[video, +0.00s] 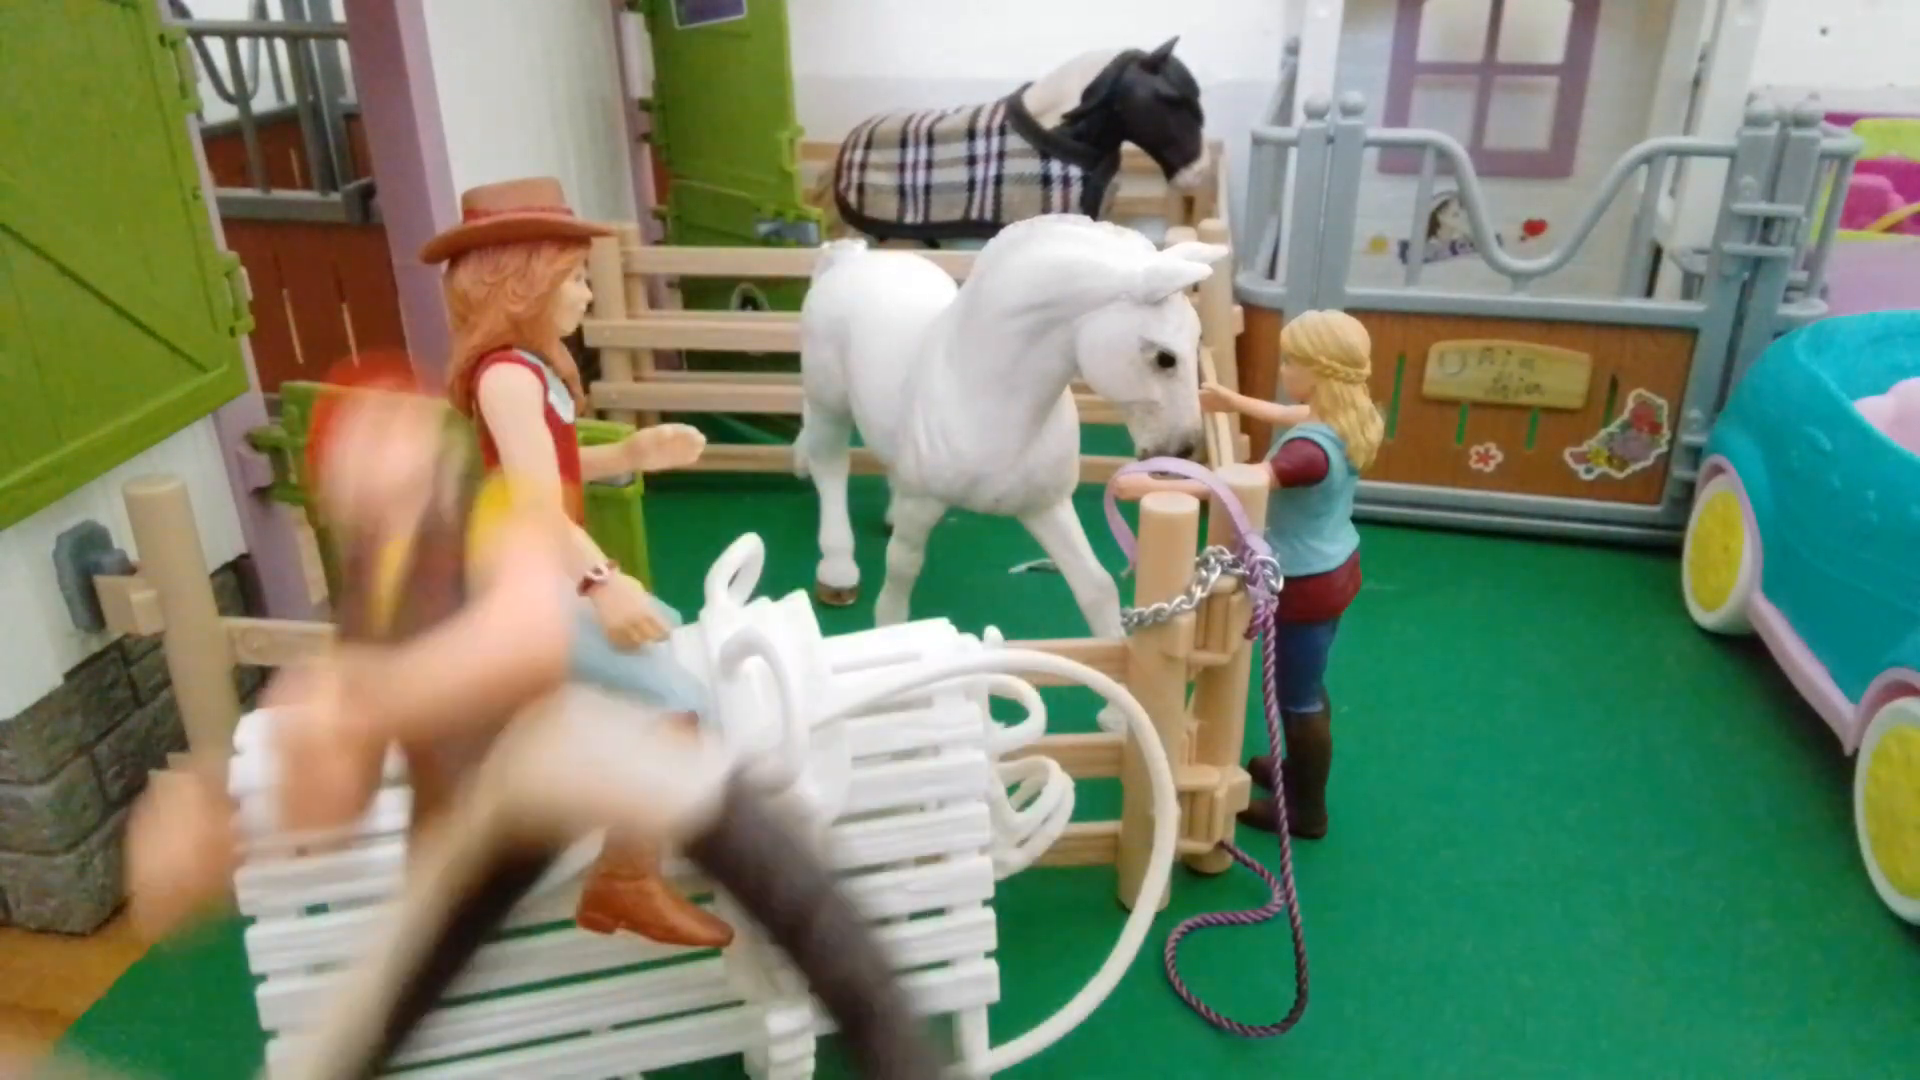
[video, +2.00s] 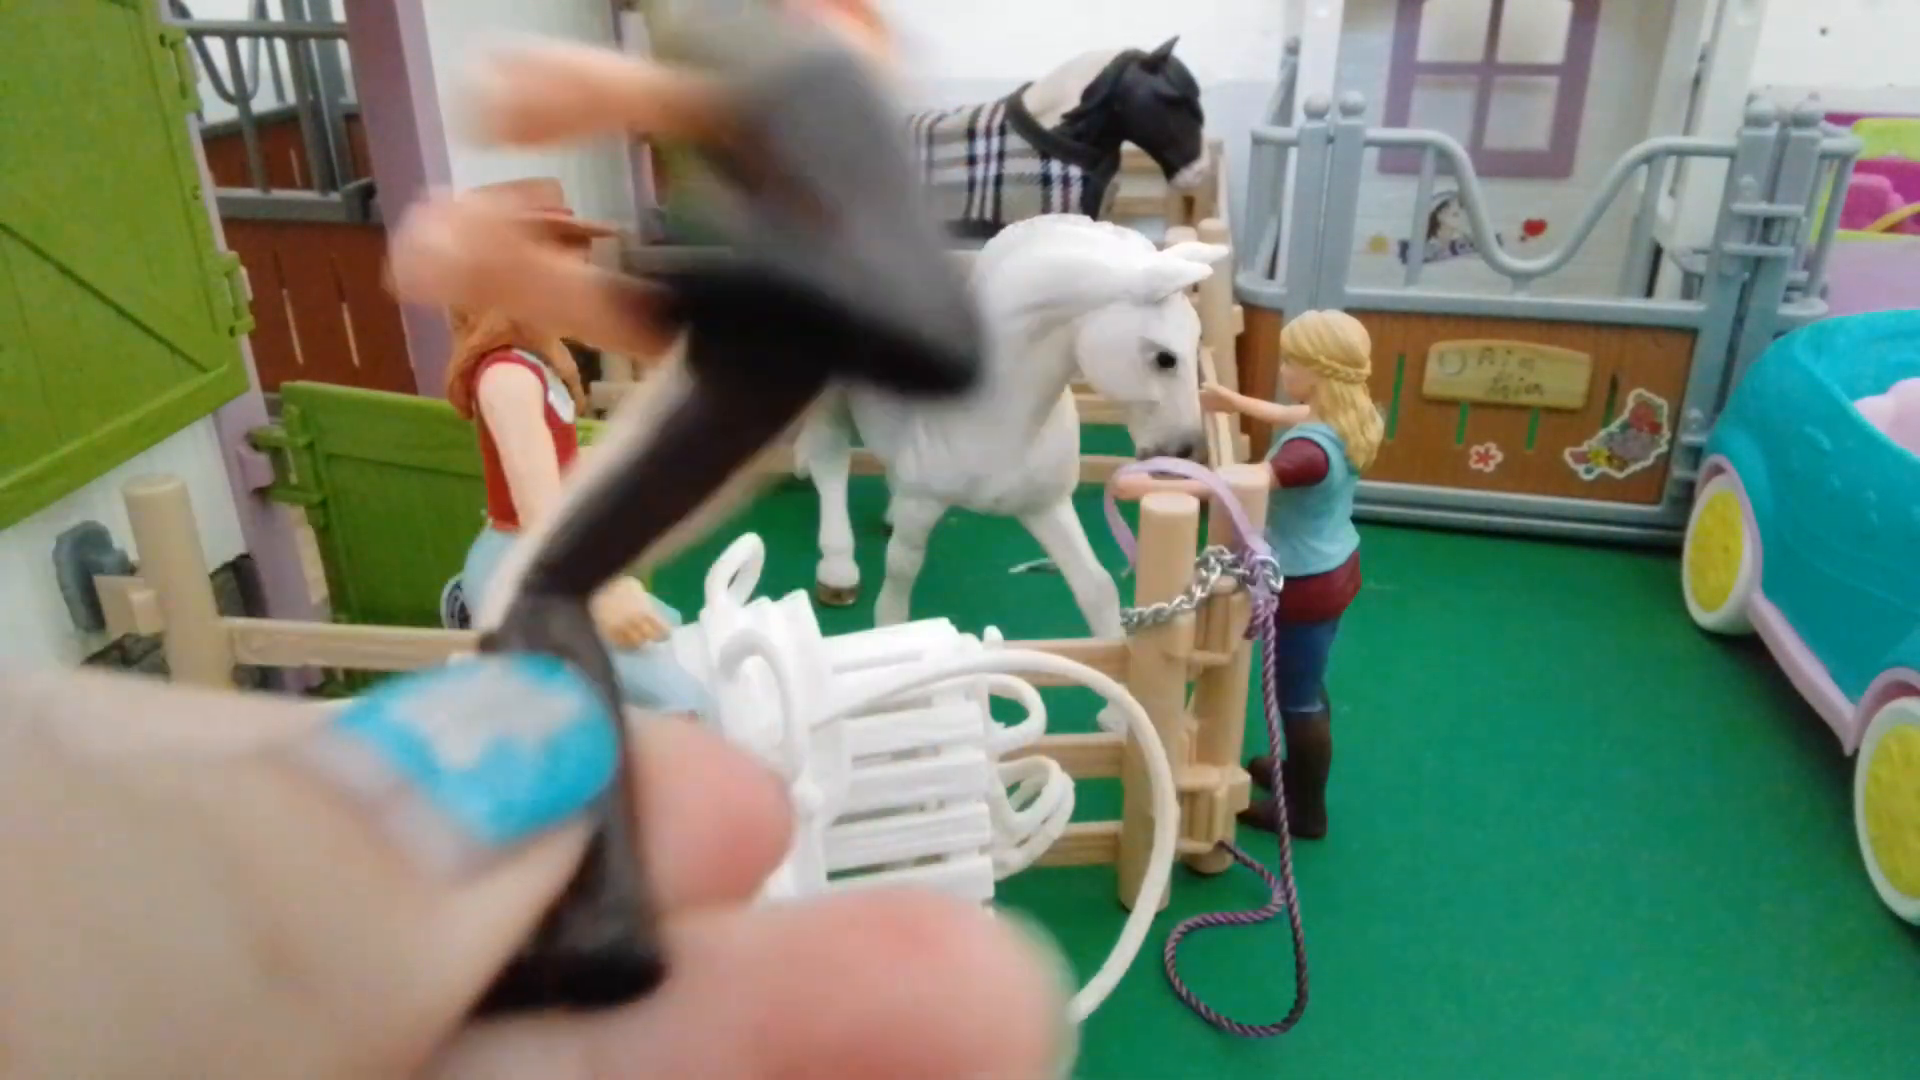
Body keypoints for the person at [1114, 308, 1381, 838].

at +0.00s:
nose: (1283, 370)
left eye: (1290, 361)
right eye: (1285, 360)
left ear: (1319, 371)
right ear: (1338, 372)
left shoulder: (1315, 448)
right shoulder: (1347, 418)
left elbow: (1247, 478)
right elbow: (1288, 415)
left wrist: (1159, 485)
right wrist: (1235, 400)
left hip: (1304, 587)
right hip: (1332, 567)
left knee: (1300, 700)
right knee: (1300, 681)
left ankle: (1304, 812)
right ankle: (1299, 773)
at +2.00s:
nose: (1282, 370)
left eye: (1290, 361)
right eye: (1285, 359)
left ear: (1319, 372)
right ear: (1336, 372)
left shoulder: (1314, 447)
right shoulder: (1347, 417)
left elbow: (1242, 480)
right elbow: (1286, 415)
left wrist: (1157, 484)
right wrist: (1235, 401)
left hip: (1304, 588)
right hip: (1331, 567)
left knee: (1300, 701)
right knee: (1301, 682)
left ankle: (1303, 813)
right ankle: (1298, 773)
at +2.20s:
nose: (1280, 371)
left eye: (1289, 361)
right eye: (1283, 360)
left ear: (1317, 373)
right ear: (1335, 373)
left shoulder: (1315, 448)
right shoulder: (1344, 419)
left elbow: (1253, 488)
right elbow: (1286, 416)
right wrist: (1233, 400)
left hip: (1316, 575)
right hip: (1337, 561)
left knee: (1295, 686)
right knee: (1309, 674)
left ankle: (1299, 807)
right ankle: (1300, 769)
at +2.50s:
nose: (1281, 371)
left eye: (1290, 363)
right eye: (1284, 361)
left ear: (1317, 374)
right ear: (1336, 373)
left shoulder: (1315, 448)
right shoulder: (1346, 419)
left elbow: (1253, 479)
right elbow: (1292, 415)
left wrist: (1193, 479)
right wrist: (1236, 401)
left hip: (1309, 579)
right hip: (1333, 565)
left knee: (1297, 691)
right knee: (1299, 676)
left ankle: (1302, 809)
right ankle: (1298, 771)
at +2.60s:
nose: (1280, 373)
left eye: (1290, 363)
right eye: (1283, 362)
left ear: (1314, 373)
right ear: (1347, 369)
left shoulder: (1316, 438)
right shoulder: (1356, 422)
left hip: (1310, 574)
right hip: (1335, 564)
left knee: (1296, 688)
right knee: (1304, 680)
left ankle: (1303, 806)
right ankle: (1295, 772)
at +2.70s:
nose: (1281, 373)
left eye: (1290, 363)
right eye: (1286, 363)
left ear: (1308, 373)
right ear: (1349, 372)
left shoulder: (1311, 444)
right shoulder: (1336, 432)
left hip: (1316, 573)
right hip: (1337, 562)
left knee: (1304, 697)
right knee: (1304, 685)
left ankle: (1303, 806)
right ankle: (1294, 773)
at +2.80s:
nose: (1282, 371)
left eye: (1290, 362)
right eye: (1285, 360)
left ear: (1317, 373)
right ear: (1332, 372)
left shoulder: (1312, 448)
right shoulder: (1349, 417)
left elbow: (1248, 478)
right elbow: (1292, 415)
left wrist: (1187, 475)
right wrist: (1235, 400)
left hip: (1308, 586)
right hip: (1340, 564)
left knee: (1300, 694)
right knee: (1300, 674)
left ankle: (1303, 809)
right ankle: (1293, 766)